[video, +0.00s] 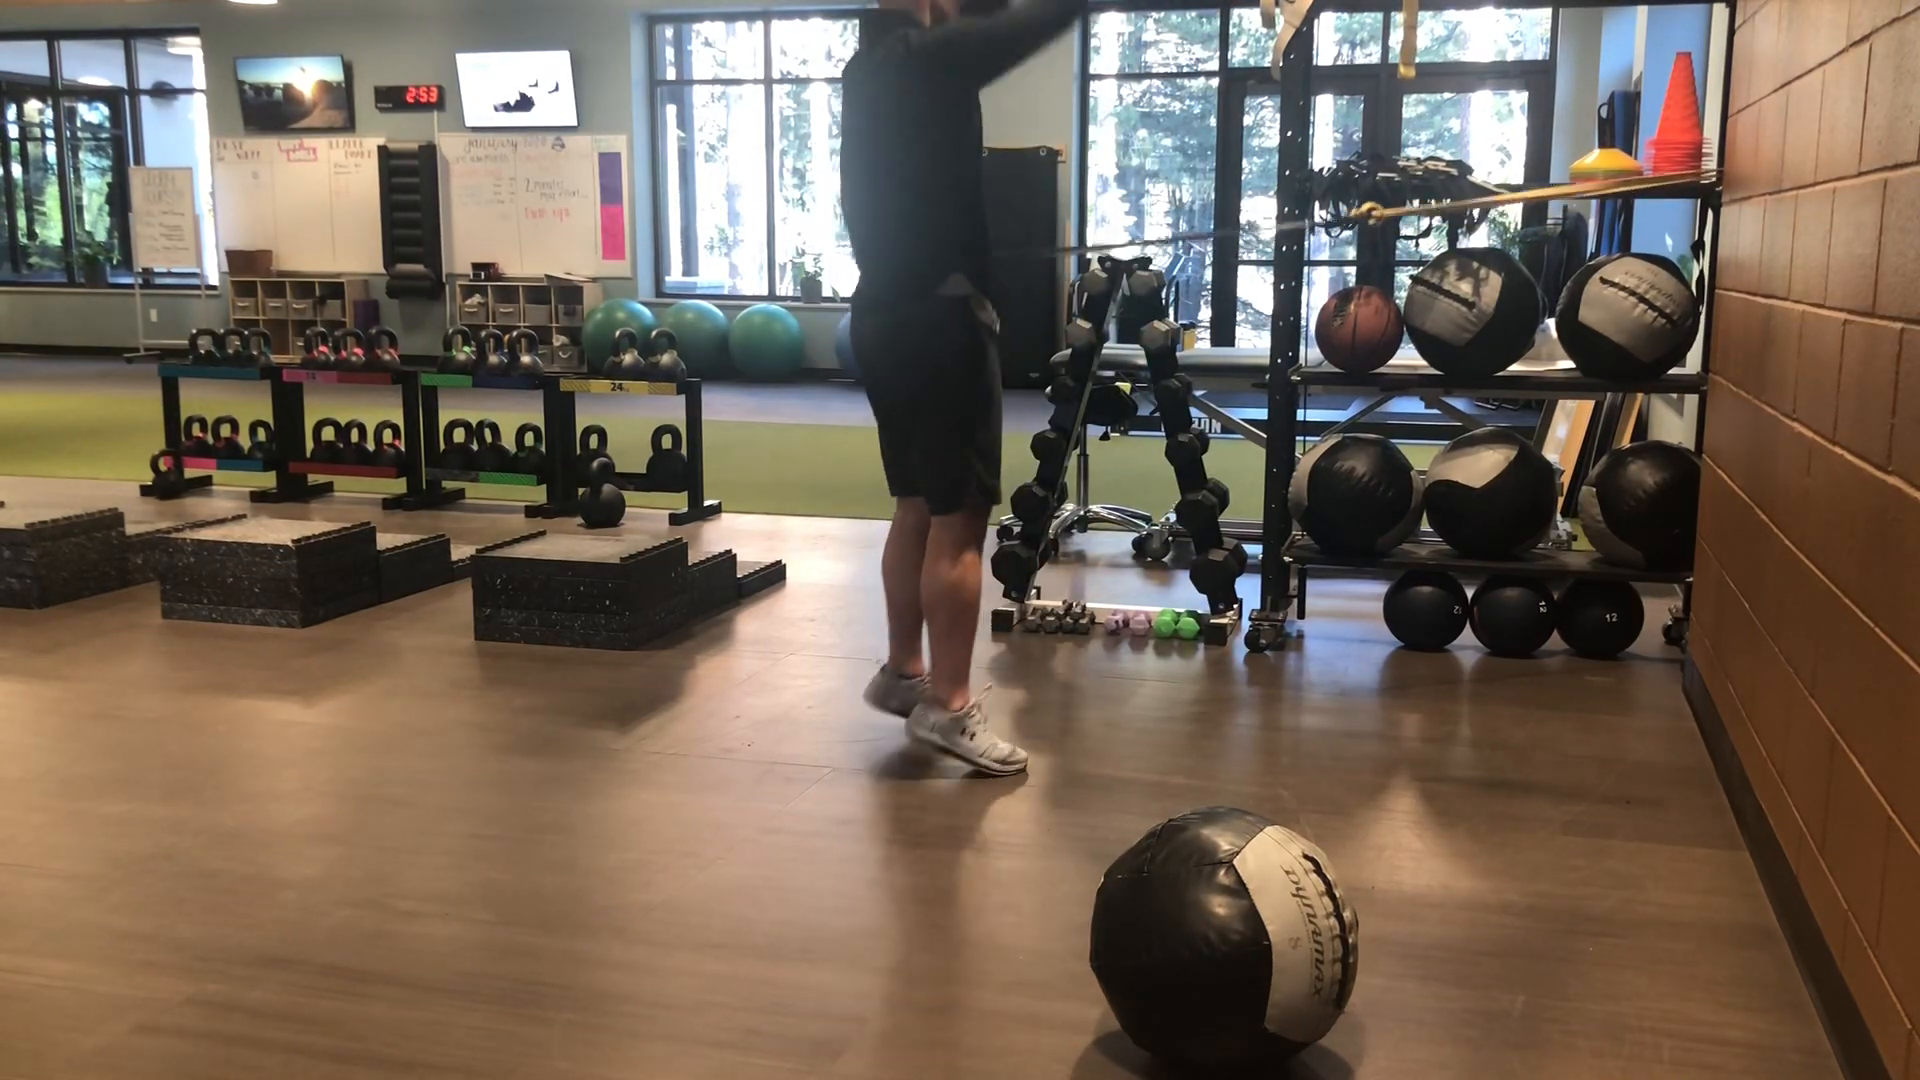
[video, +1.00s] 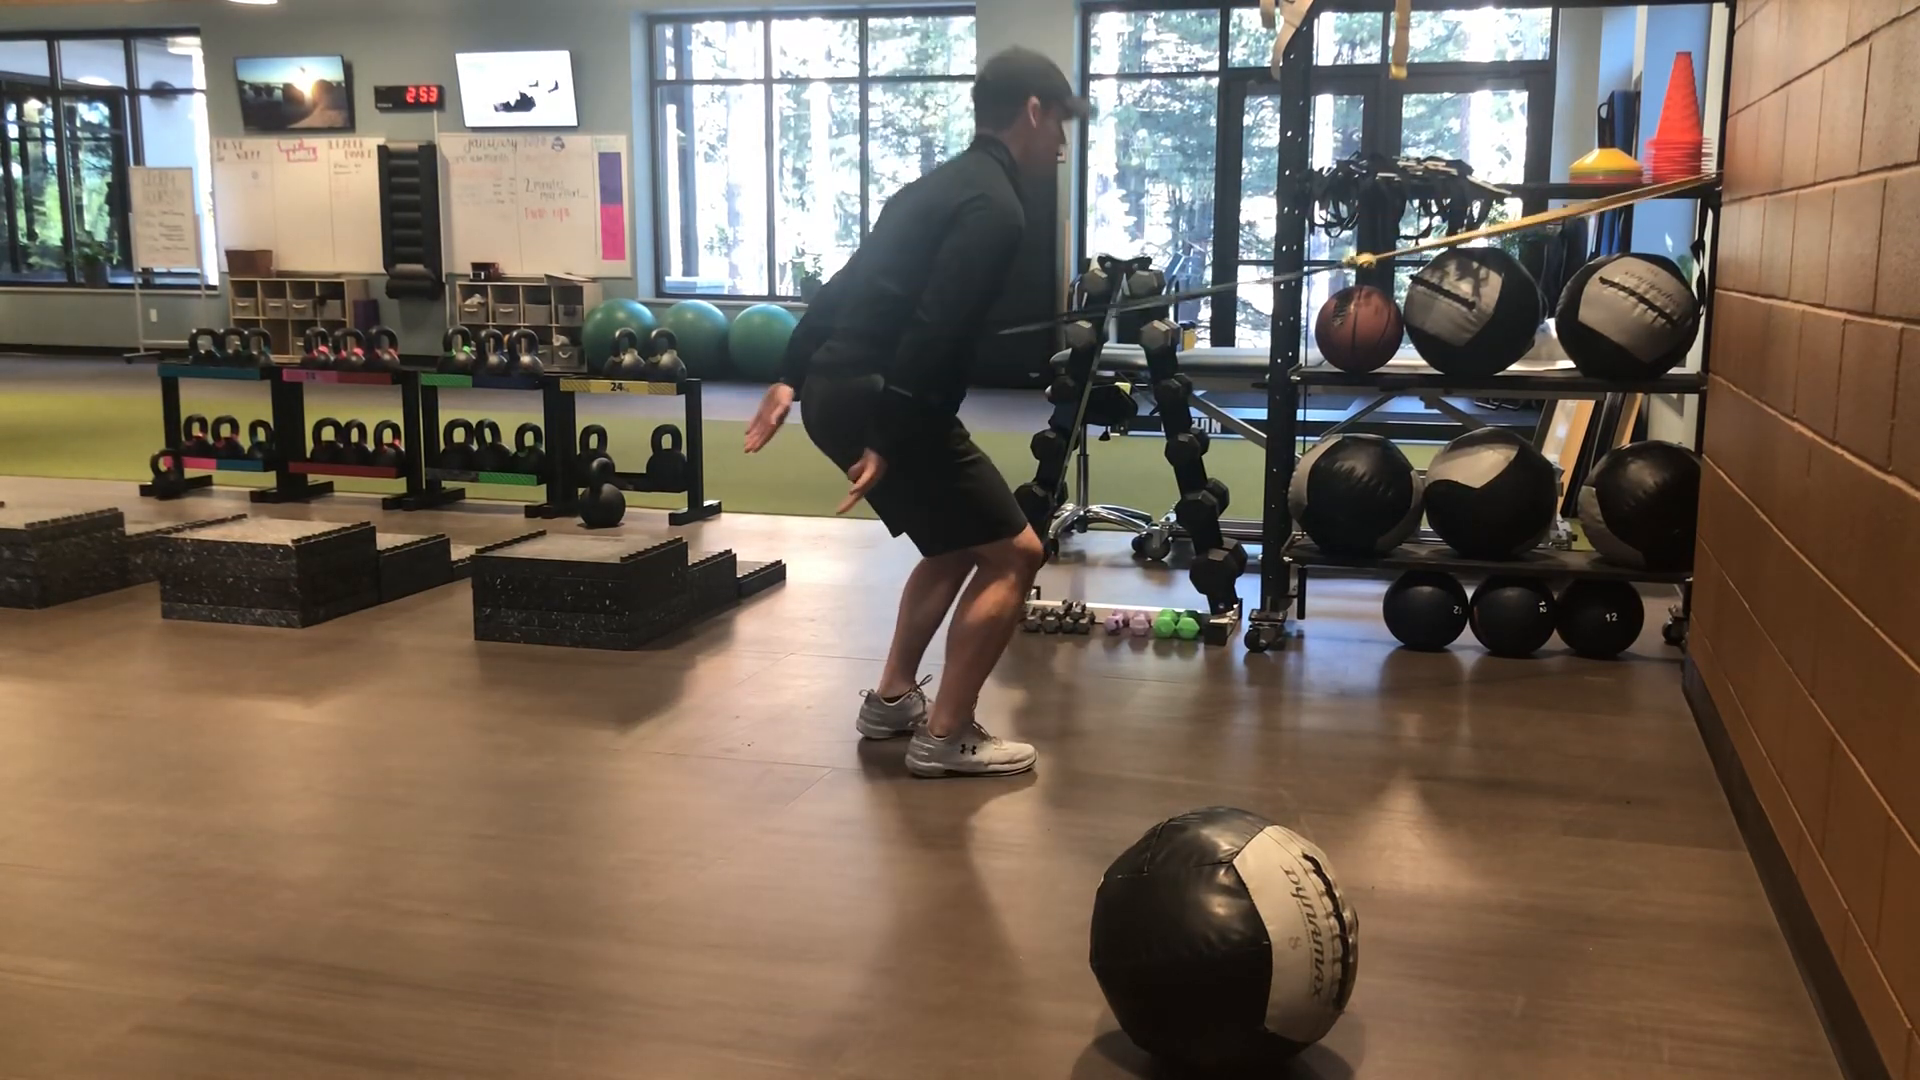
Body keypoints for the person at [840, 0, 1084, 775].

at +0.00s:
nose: (965, 19)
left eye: (965, 10)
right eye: (960, 8)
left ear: (887, 11)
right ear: (931, 4)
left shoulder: (861, 75)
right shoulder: (931, 57)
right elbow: (1043, 15)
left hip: (878, 314)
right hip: (939, 313)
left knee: (915, 506)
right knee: (961, 515)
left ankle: (902, 669)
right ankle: (950, 706)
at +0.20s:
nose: (967, 16)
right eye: (961, 12)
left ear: (882, 10)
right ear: (934, 5)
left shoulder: (869, 55)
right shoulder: (942, 39)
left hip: (888, 301)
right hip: (948, 300)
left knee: (920, 494)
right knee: (973, 507)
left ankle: (917, 656)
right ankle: (974, 694)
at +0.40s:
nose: (1002, 30)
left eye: (1000, 16)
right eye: (994, 14)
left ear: (940, 19)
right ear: (963, 13)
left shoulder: (901, 103)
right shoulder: (956, 103)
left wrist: (984, 296)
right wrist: (1015, 292)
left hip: (864, 337)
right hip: (911, 340)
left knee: (933, 521)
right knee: (991, 531)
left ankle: (891, 690)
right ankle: (952, 719)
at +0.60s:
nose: (1068, 165)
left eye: (1071, 152)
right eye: (1067, 150)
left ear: (1008, 143)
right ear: (1038, 143)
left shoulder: (935, 206)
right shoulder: (999, 232)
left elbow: (839, 284)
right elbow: (915, 323)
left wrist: (757, 364)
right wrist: (832, 409)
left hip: (844, 412)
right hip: (891, 421)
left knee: (954, 543)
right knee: (1021, 558)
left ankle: (893, 697)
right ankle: (949, 734)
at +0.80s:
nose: (1075, 168)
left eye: (1078, 155)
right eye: (1075, 152)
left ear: (1005, 146)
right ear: (1045, 146)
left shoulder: (939, 208)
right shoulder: (1004, 234)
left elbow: (847, 296)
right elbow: (937, 338)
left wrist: (775, 380)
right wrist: (871, 443)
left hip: (831, 402)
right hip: (885, 412)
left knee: (952, 543)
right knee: (1019, 555)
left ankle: (893, 696)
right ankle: (948, 731)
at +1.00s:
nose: (1064, 140)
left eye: (1065, 124)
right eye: (1060, 122)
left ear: (1001, 116)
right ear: (1029, 114)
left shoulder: (932, 185)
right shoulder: (995, 207)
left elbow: (849, 282)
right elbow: (939, 326)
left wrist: (791, 376)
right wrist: (890, 438)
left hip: (832, 386)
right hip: (884, 395)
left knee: (952, 542)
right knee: (1015, 553)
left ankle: (892, 698)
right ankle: (948, 732)